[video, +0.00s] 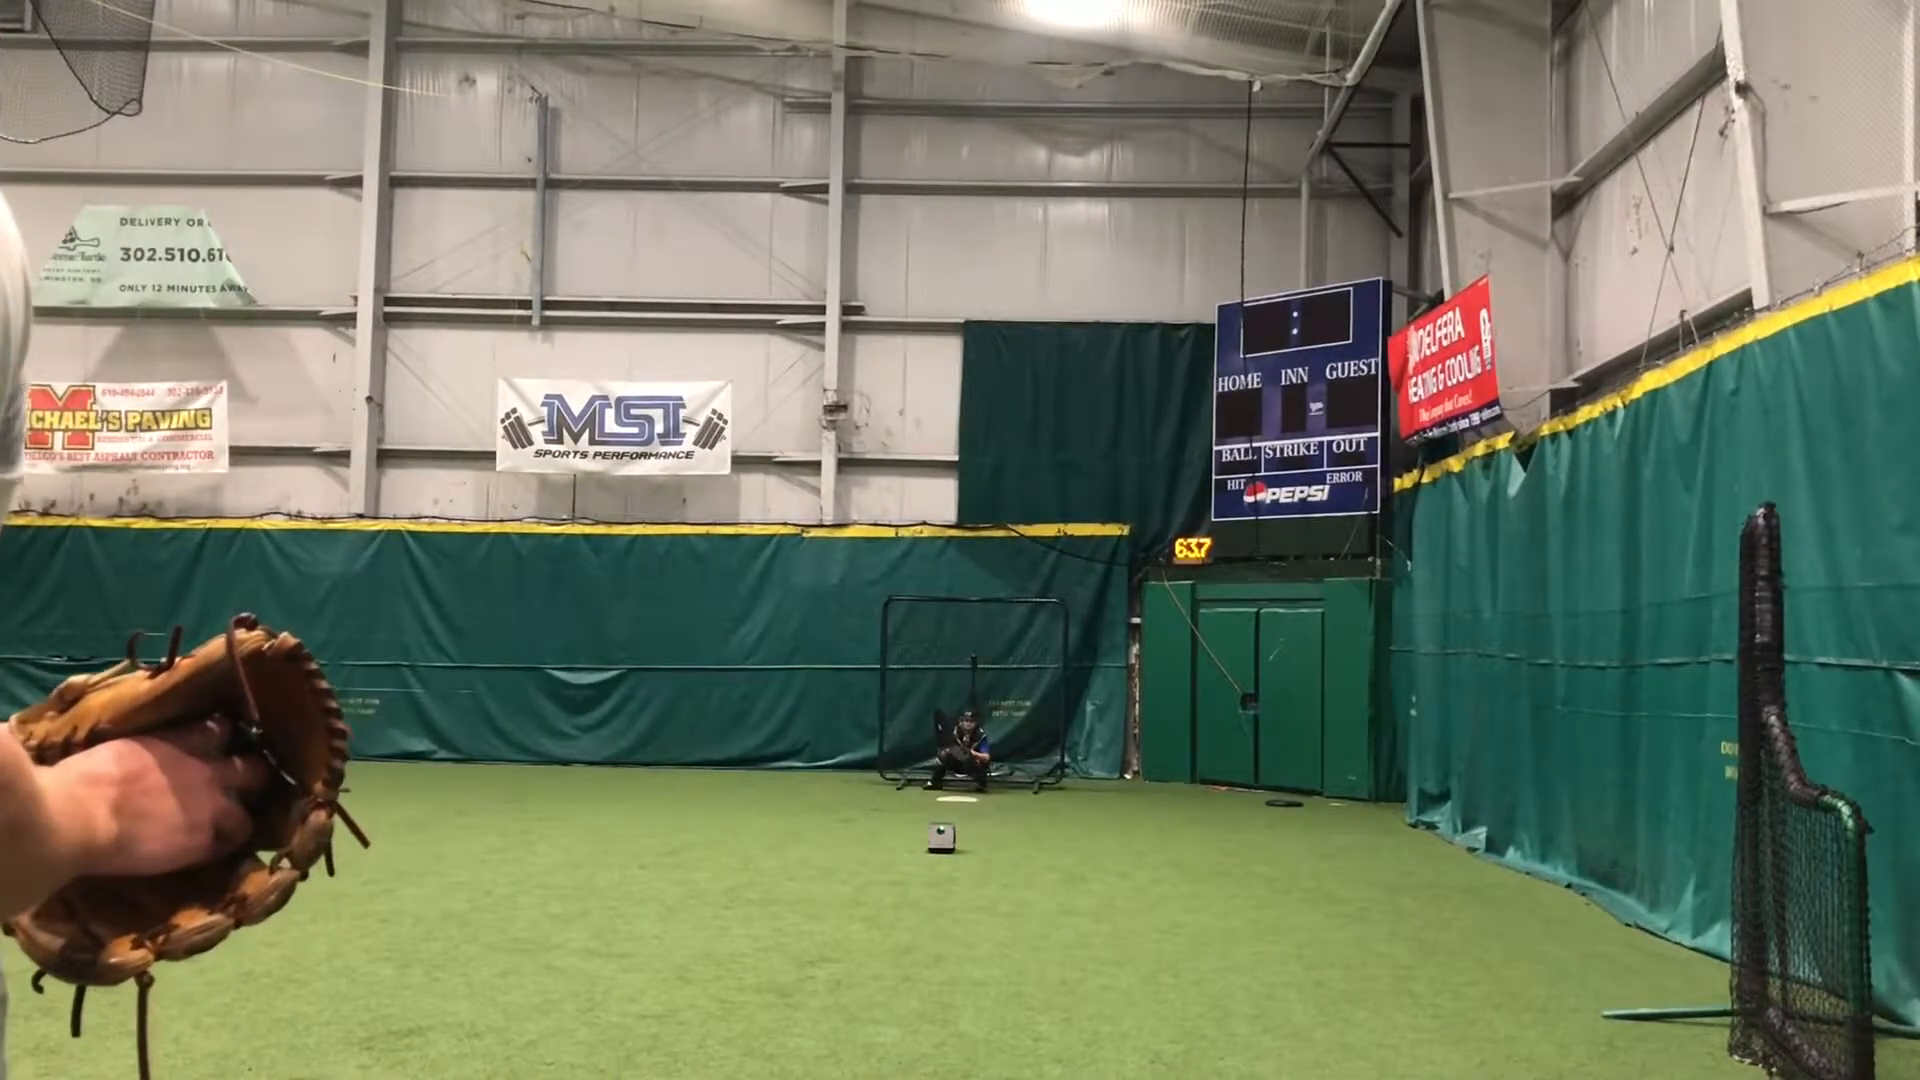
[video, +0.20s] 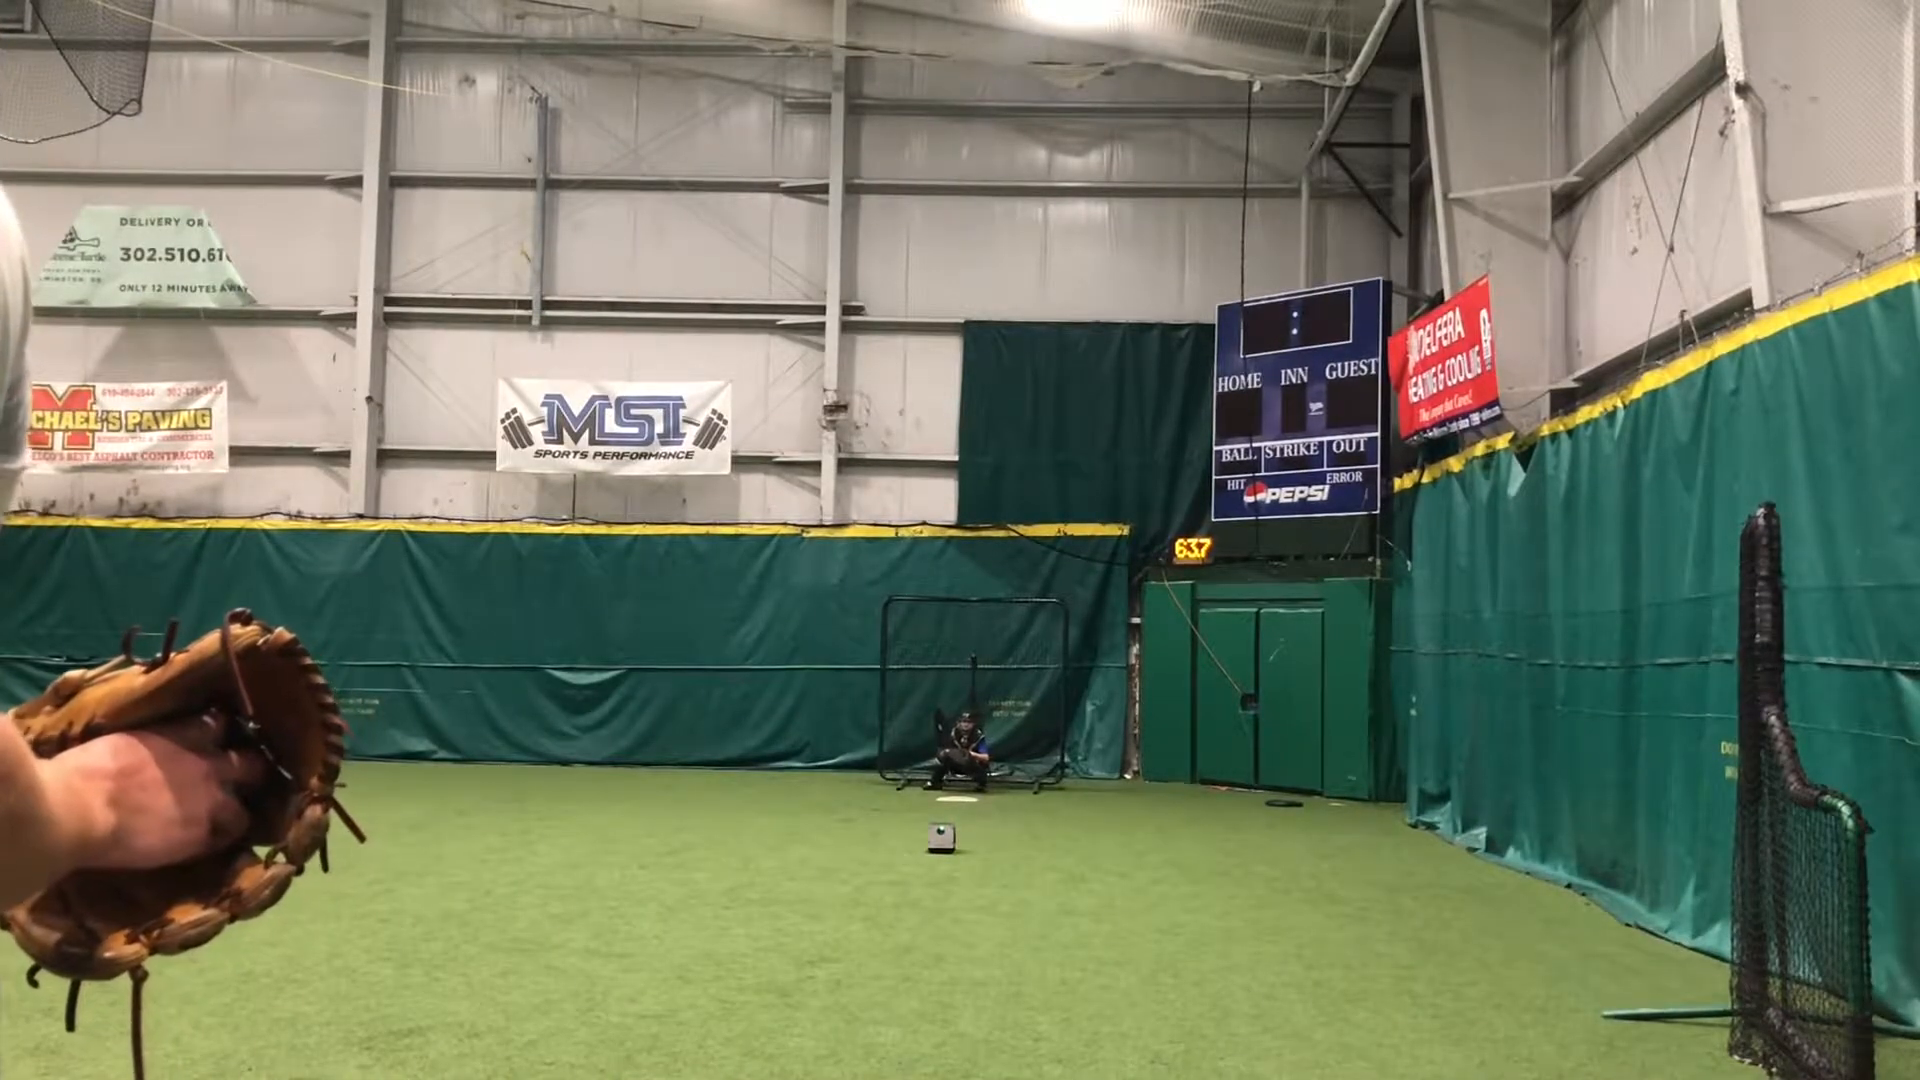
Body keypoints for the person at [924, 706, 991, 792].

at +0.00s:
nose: (968, 724)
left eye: (971, 721)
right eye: (965, 721)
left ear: (976, 723)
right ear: (960, 723)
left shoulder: (980, 735)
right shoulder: (954, 733)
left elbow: (986, 757)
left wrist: (970, 752)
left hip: (972, 763)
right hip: (957, 760)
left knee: (979, 763)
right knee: (944, 759)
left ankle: (982, 785)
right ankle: (936, 782)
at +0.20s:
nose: (966, 725)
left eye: (969, 722)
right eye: (963, 722)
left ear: (974, 724)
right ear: (959, 723)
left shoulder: (978, 737)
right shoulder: (952, 735)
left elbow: (985, 758)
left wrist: (970, 753)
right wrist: (947, 753)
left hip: (972, 764)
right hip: (956, 763)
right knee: (944, 761)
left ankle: (981, 785)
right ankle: (935, 782)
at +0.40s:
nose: (964, 725)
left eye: (967, 722)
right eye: (961, 722)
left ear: (972, 724)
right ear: (957, 724)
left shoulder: (977, 738)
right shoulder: (952, 736)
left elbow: (985, 758)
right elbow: (940, 754)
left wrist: (969, 754)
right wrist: (948, 754)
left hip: (972, 764)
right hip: (955, 763)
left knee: (980, 771)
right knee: (944, 764)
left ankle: (981, 785)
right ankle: (935, 782)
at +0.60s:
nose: (963, 726)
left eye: (967, 723)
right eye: (961, 722)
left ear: (972, 725)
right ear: (956, 724)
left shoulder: (977, 738)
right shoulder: (952, 736)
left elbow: (984, 758)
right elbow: (941, 752)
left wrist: (969, 754)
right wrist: (950, 754)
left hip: (972, 765)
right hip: (954, 764)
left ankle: (981, 785)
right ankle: (935, 782)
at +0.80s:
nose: (964, 725)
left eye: (967, 723)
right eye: (961, 722)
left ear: (971, 725)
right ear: (956, 724)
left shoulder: (977, 738)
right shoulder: (951, 735)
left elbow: (984, 758)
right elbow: (945, 750)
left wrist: (969, 755)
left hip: (971, 764)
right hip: (954, 762)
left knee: (980, 768)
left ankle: (981, 785)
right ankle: (936, 783)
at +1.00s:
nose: (964, 725)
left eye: (967, 723)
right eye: (961, 722)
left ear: (971, 725)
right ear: (956, 724)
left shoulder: (977, 737)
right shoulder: (950, 735)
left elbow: (984, 757)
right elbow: (942, 750)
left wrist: (968, 754)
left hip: (971, 763)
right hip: (953, 762)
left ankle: (981, 785)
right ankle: (936, 782)